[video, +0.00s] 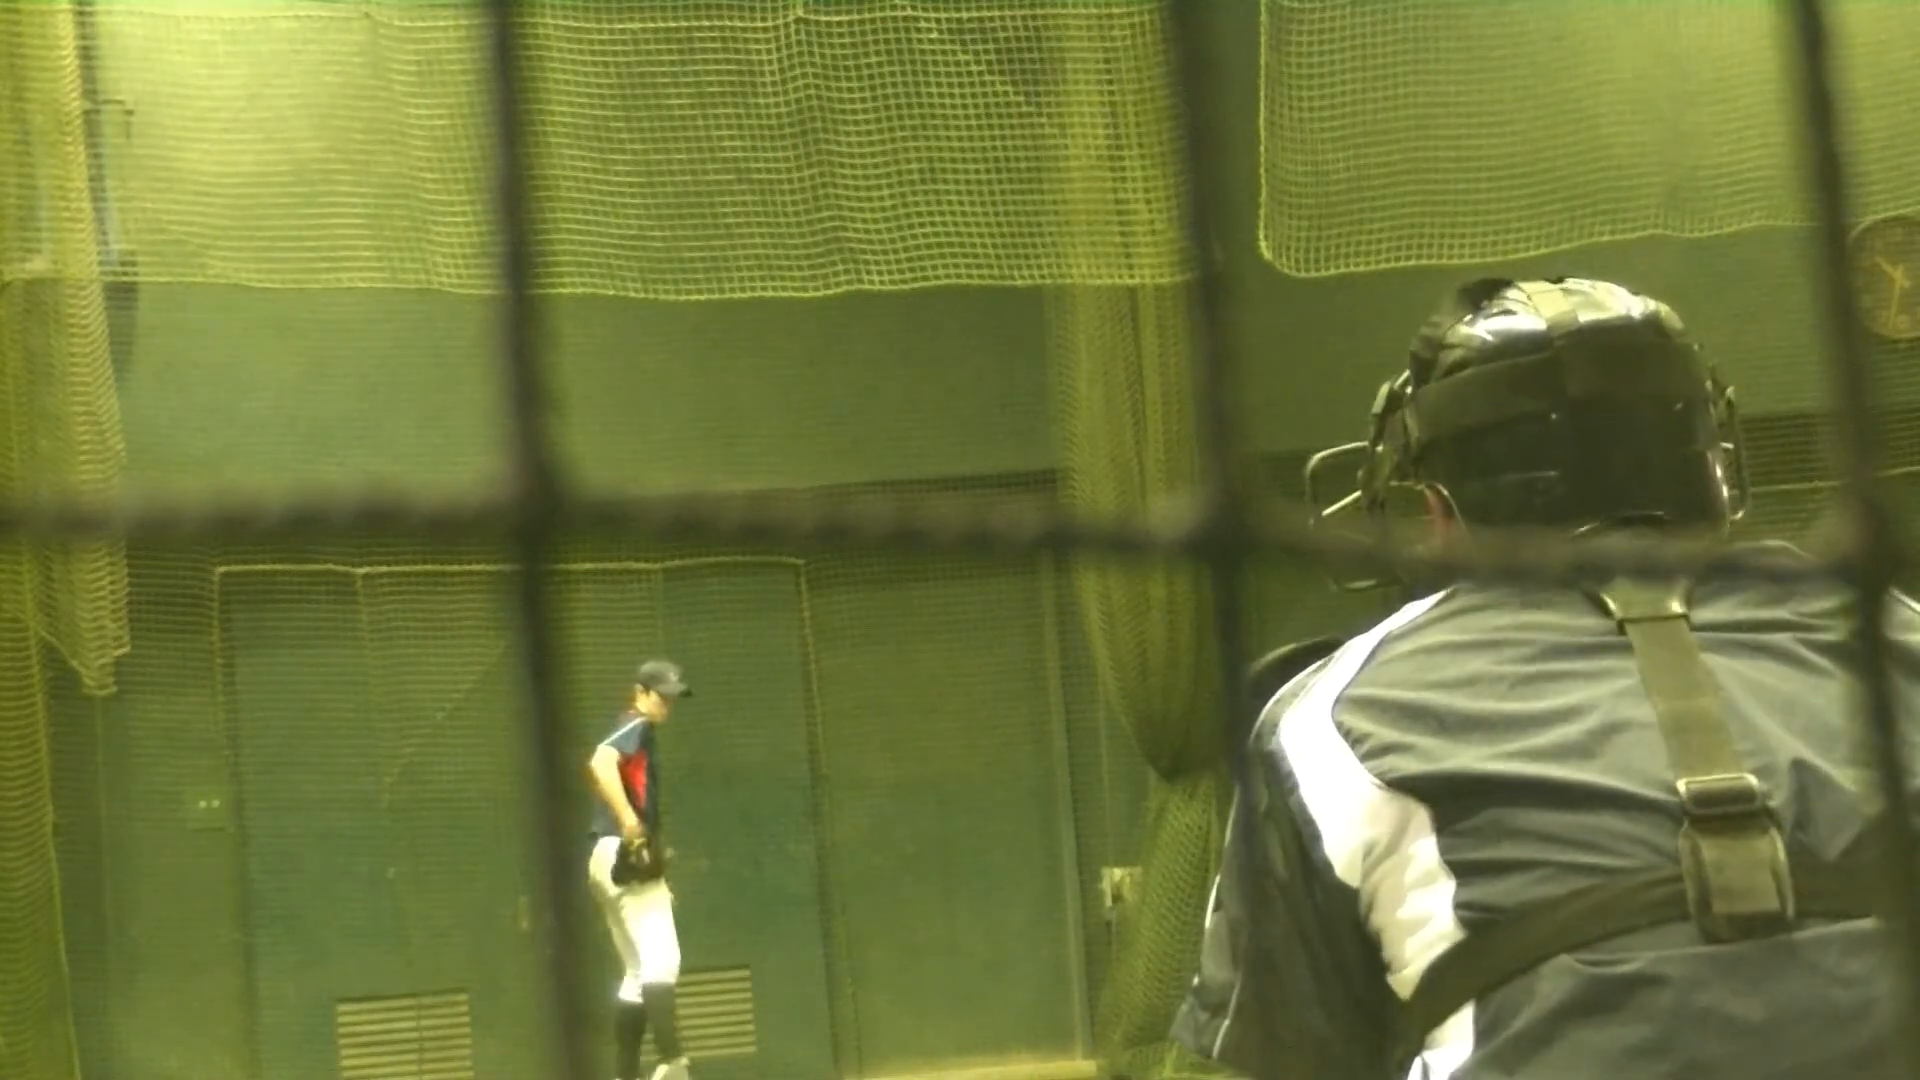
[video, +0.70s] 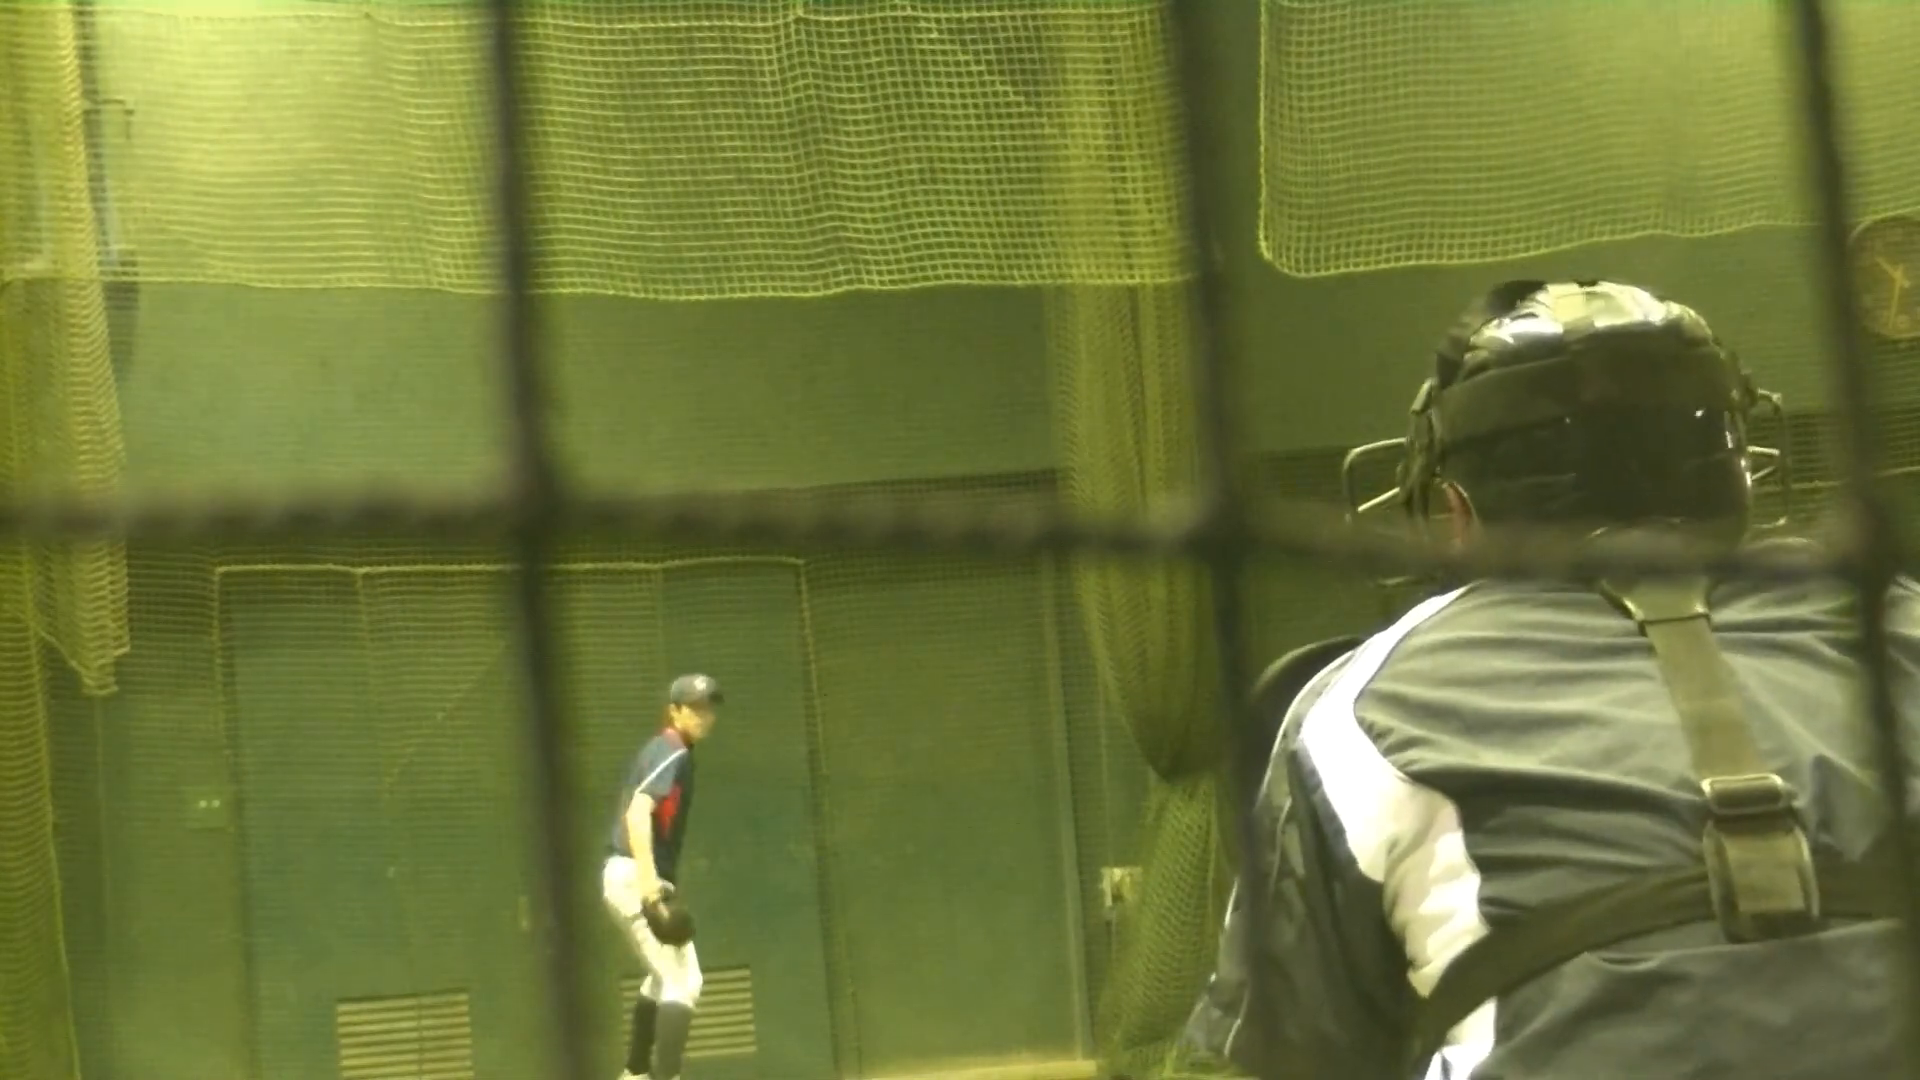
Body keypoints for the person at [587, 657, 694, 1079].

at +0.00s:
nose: (669, 706)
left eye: (672, 699)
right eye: (665, 698)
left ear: (646, 696)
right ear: (642, 694)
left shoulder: (634, 728)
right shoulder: (637, 727)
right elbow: (602, 763)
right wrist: (630, 824)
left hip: (613, 852)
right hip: (629, 852)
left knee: (636, 968)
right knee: (661, 955)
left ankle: (627, 1071)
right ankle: (672, 1060)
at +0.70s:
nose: (708, 717)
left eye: (710, 709)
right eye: (699, 709)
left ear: (678, 713)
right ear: (676, 710)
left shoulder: (660, 747)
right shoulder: (674, 751)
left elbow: (631, 813)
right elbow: (639, 809)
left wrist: (655, 878)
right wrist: (648, 878)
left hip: (626, 870)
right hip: (638, 871)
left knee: (662, 975)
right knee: (682, 979)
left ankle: (637, 1068)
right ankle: (666, 1072)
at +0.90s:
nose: (703, 731)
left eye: (706, 723)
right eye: (694, 723)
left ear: (710, 724)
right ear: (671, 723)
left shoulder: (656, 759)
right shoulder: (669, 764)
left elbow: (662, 845)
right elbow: (671, 838)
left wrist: (687, 895)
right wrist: (712, 900)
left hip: (616, 881)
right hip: (629, 883)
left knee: (659, 982)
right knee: (685, 982)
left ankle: (634, 1072)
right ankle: (667, 1072)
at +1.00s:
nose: (696, 734)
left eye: (699, 726)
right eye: (688, 726)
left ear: (702, 727)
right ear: (664, 727)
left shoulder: (649, 764)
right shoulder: (666, 769)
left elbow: (681, 846)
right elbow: (689, 842)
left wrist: (723, 887)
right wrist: (745, 892)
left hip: (613, 886)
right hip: (628, 888)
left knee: (661, 982)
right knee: (684, 983)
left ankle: (635, 1073)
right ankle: (668, 1072)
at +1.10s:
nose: (687, 735)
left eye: (690, 727)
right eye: (678, 727)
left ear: (691, 729)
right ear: (655, 730)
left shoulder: (644, 767)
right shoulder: (662, 773)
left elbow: (696, 836)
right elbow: (702, 836)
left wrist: (758, 859)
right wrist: (768, 866)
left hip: (611, 891)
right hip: (624, 893)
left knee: (663, 983)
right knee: (684, 983)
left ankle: (636, 1073)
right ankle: (665, 1073)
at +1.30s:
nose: (680, 744)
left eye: (682, 736)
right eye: (670, 737)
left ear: (683, 737)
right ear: (648, 741)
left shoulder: (637, 775)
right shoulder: (661, 782)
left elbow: (706, 811)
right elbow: (730, 827)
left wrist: (754, 793)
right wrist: (776, 805)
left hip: (608, 904)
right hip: (623, 905)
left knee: (671, 984)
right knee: (696, 987)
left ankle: (638, 1074)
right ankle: (668, 1073)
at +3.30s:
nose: (687, 742)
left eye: (688, 734)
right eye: (678, 735)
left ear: (656, 739)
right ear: (654, 736)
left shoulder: (642, 772)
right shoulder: (661, 777)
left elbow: (691, 810)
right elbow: (721, 826)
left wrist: (717, 773)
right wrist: (746, 778)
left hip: (606, 897)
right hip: (621, 899)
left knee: (664, 983)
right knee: (692, 986)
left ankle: (635, 1071)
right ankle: (666, 1072)